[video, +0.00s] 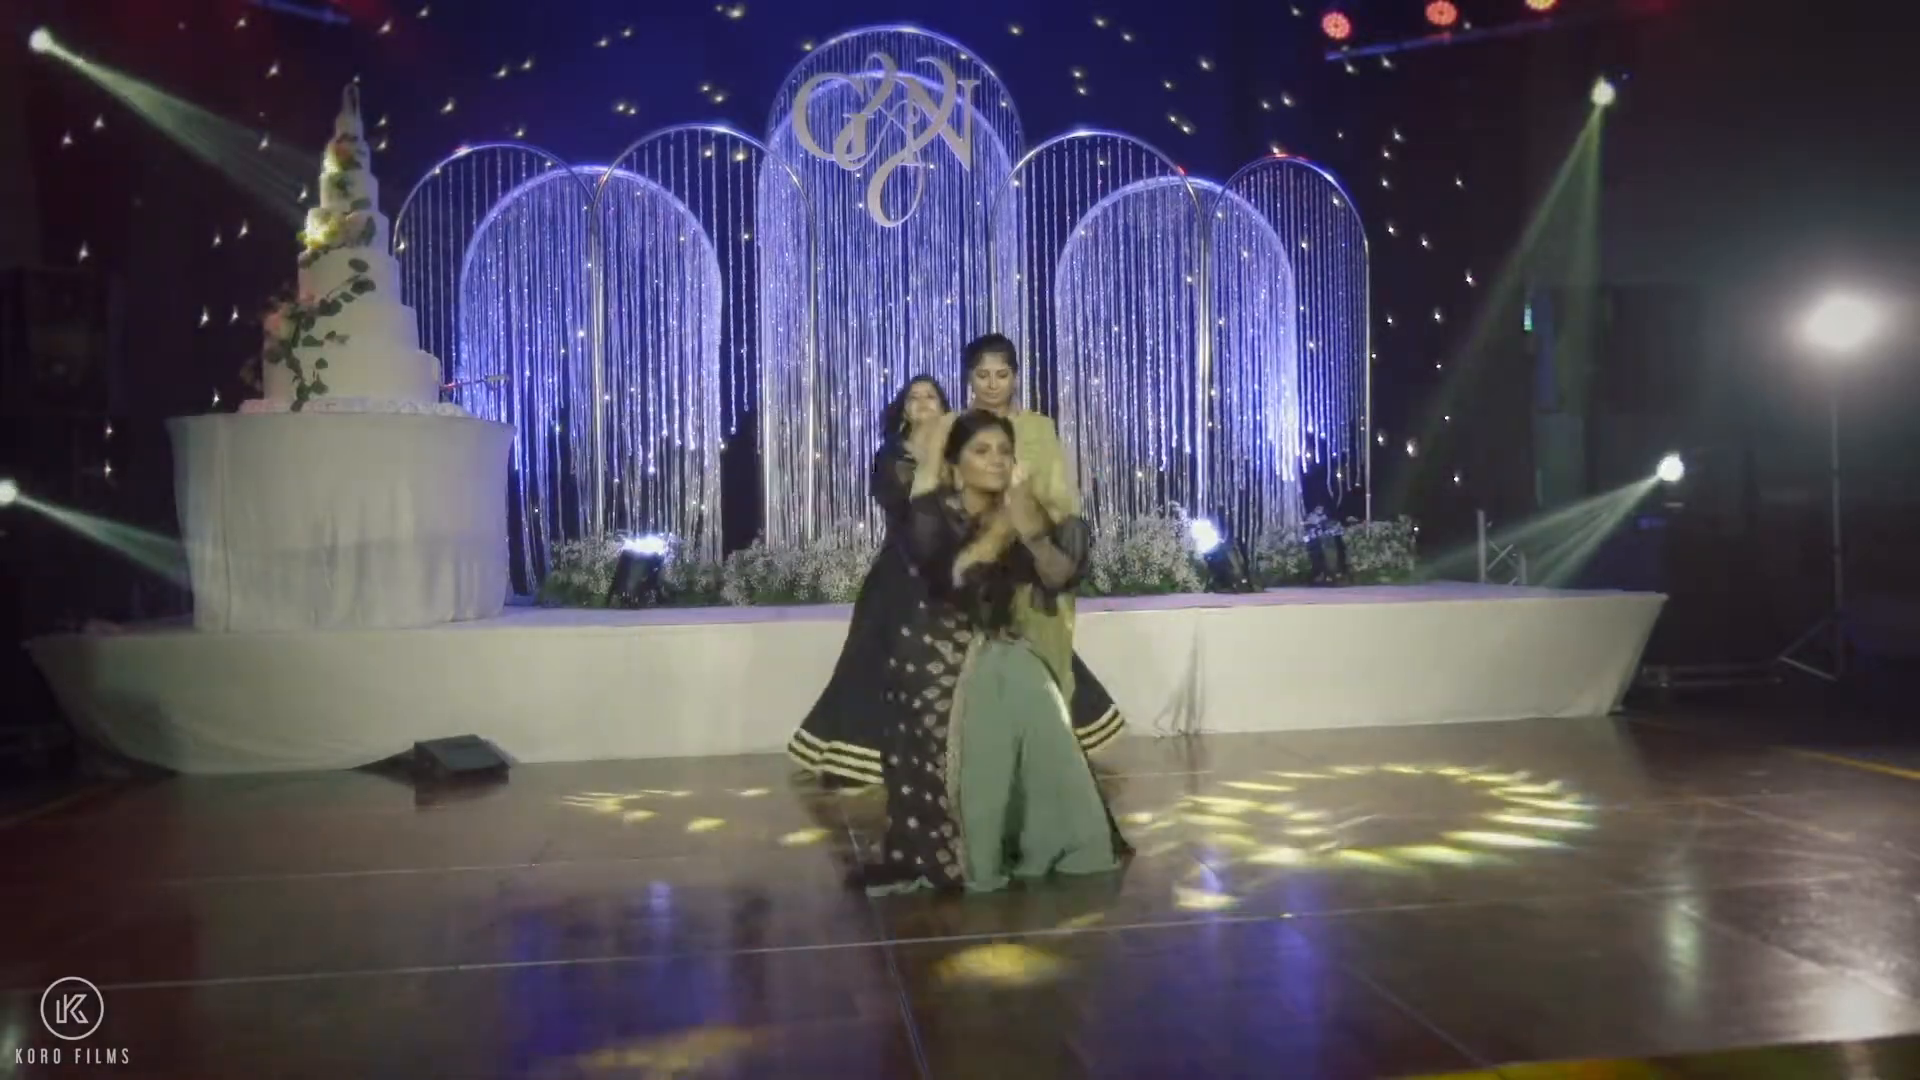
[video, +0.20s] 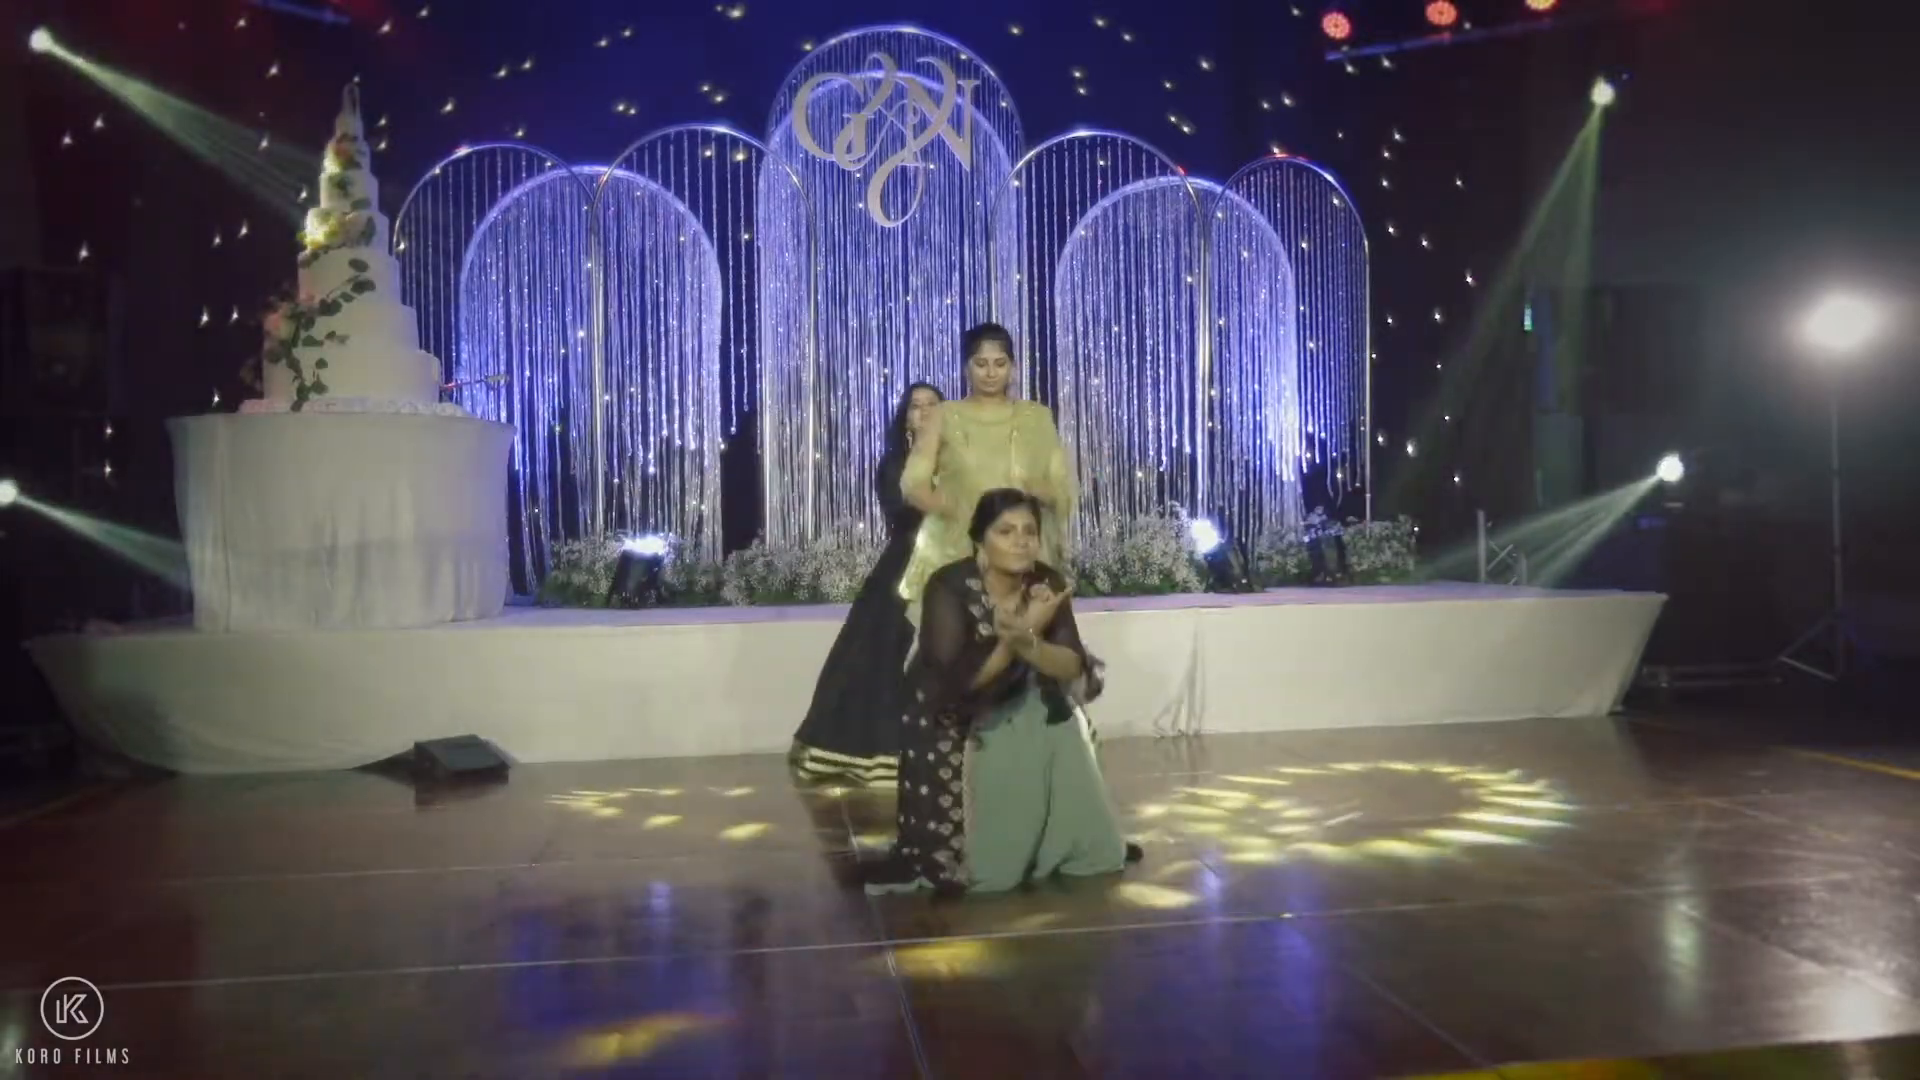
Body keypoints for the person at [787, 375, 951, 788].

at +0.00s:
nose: (923, 405)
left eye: (930, 398)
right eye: (915, 399)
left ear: (944, 406)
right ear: (902, 408)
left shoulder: (962, 452)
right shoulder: (892, 454)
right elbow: (896, 502)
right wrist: (927, 452)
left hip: (949, 561)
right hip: (900, 562)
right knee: (876, 657)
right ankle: (841, 760)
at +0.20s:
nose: (924, 414)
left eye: (931, 406)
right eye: (916, 407)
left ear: (945, 412)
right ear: (904, 415)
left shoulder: (957, 459)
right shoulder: (895, 463)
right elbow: (899, 513)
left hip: (945, 557)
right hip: (903, 558)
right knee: (872, 646)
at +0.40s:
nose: (898, 414)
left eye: (906, 407)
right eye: (890, 408)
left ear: (921, 415)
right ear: (878, 416)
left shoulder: (935, 460)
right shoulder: (870, 463)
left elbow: (958, 499)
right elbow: (861, 506)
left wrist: (927, 482)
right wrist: (894, 479)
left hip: (929, 567)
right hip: (886, 567)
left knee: (912, 656)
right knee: (864, 650)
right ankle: (806, 746)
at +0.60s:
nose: (863, 409)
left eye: (870, 401)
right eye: (856, 402)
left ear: (889, 405)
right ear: (847, 410)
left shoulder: (908, 450)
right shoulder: (840, 452)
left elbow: (918, 500)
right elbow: (820, 498)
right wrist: (842, 465)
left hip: (897, 565)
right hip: (854, 565)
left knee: (888, 653)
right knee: (840, 652)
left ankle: (885, 749)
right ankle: (814, 746)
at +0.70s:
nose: (860, 408)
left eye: (868, 402)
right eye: (853, 402)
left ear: (882, 410)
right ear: (842, 409)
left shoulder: (897, 453)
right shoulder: (834, 452)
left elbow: (913, 508)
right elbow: (812, 497)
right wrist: (822, 452)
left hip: (886, 559)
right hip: (845, 558)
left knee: (875, 653)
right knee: (832, 650)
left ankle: (872, 753)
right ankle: (816, 748)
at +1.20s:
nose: (902, 403)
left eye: (908, 395)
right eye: (892, 396)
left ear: (920, 399)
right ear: (875, 406)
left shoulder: (934, 450)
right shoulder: (863, 457)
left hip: (919, 564)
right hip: (873, 561)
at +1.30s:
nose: (914, 407)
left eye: (921, 399)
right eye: (905, 401)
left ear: (931, 399)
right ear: (890, 407)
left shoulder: (943, 449)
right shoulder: (877, 454)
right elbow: (841, 491)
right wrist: (808, 520)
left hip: (935, 568)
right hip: (888, 566)